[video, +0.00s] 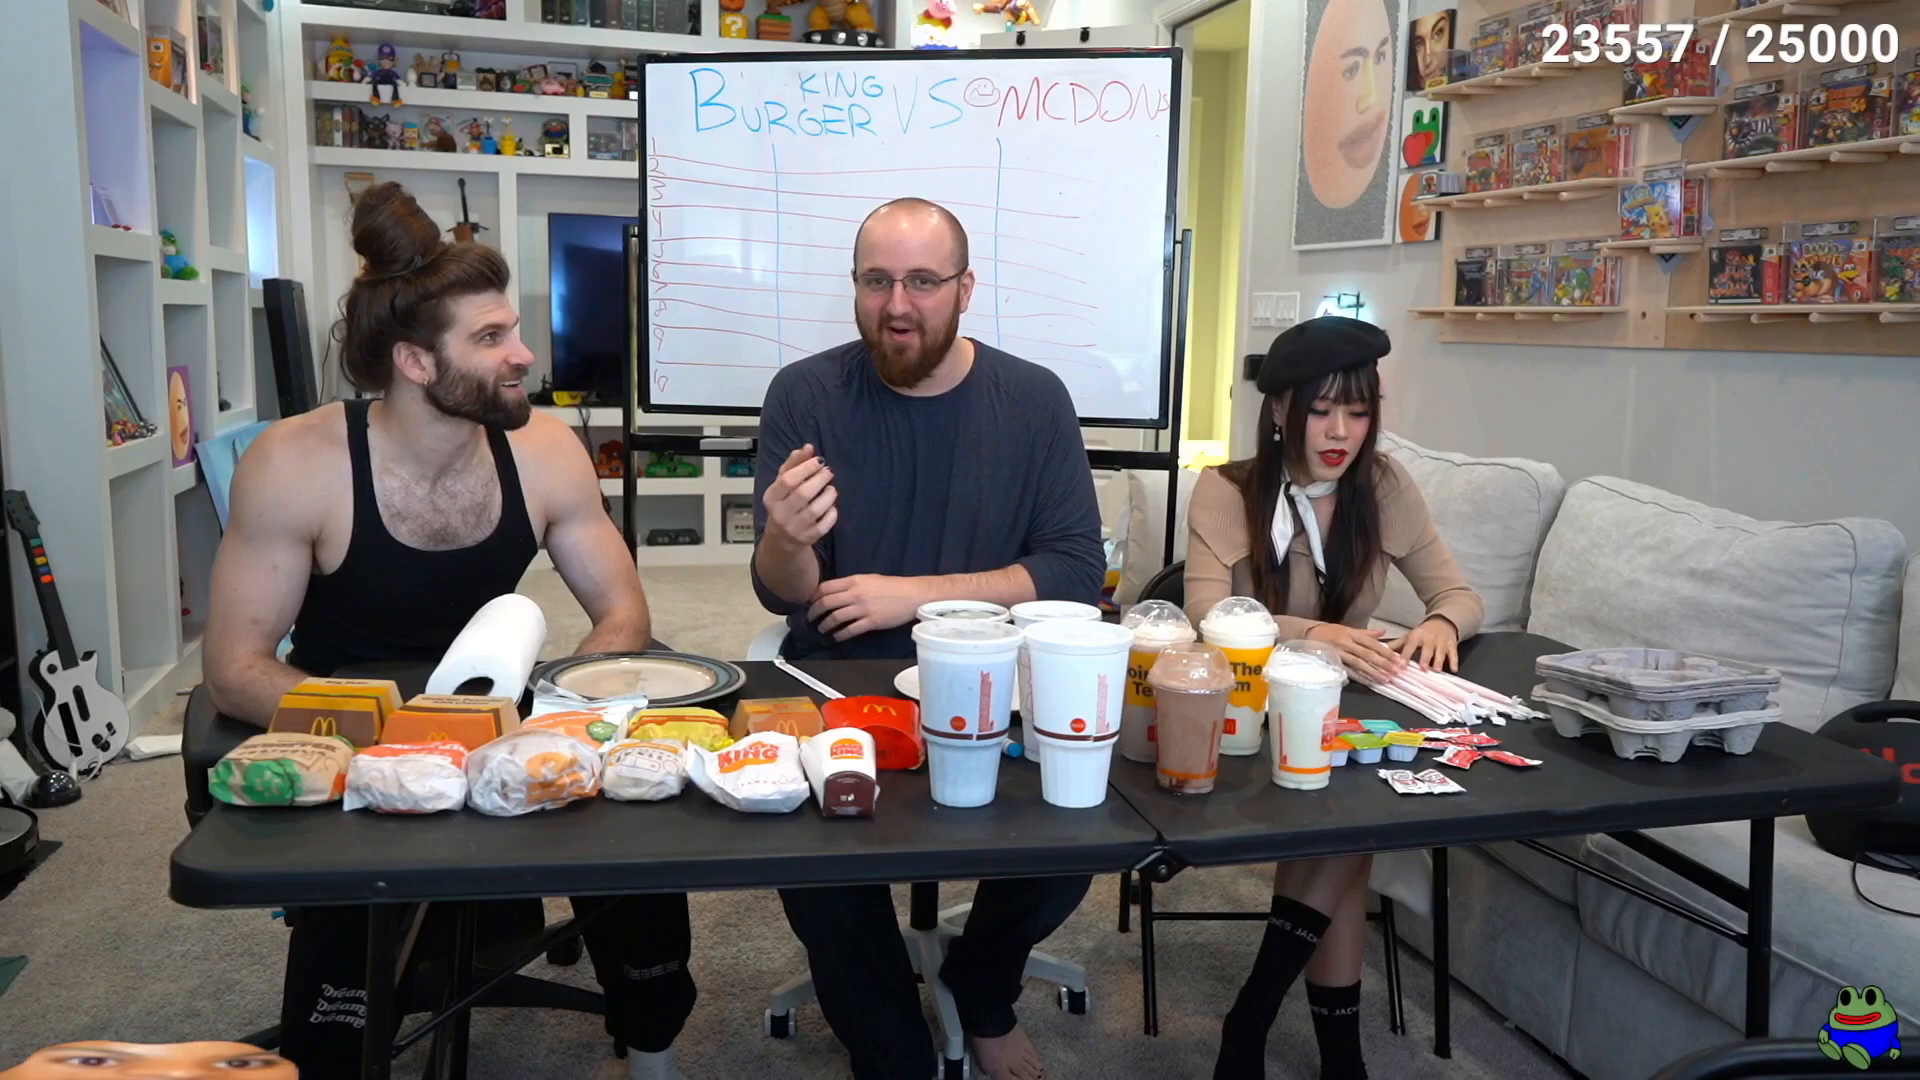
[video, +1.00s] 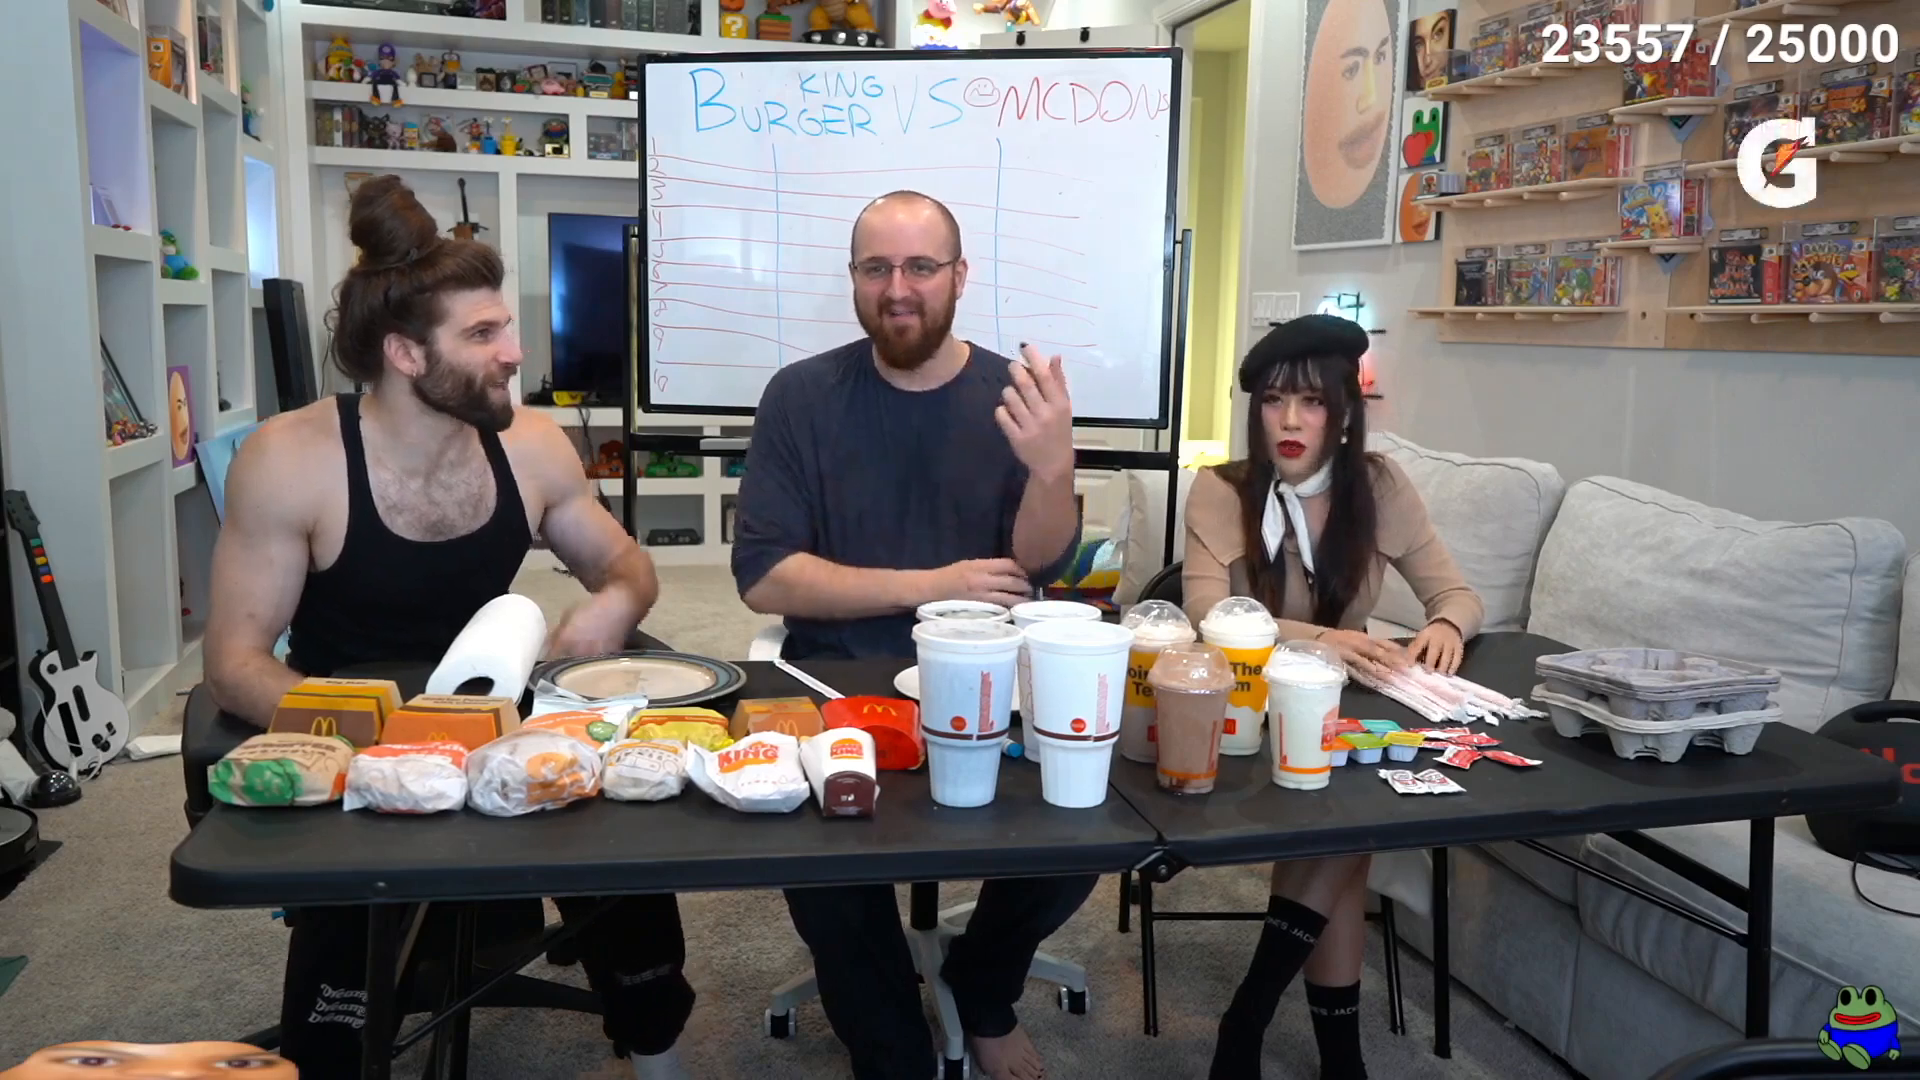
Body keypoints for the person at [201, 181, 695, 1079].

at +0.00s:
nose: (522, 353)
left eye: (516, 330)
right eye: (490, 338)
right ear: (415, 364)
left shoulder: (545, 451)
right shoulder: (295, 463)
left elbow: (624, 613)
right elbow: (233, 668)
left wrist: (565, 698)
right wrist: (368, 719)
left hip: (502, 744)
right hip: (344, 753)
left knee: (637, 831)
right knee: (353, 888)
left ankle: (651, 1054)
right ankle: (321, 1070)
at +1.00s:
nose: (512, 351)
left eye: (508, 329)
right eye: (483, 333)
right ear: (404, 354)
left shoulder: (530, 445)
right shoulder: (288, 460)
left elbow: (628, 565)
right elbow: (234, 662)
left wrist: (613, 609)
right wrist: (347, 721)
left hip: (501, 743)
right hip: (348, 755)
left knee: (622, 833)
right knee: (351, 890)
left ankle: (655, 1054)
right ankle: (321, 1070)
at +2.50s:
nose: (541, 353)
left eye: (540, 331)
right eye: (516, 332)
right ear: (440, 342)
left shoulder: (529, 440)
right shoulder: (295, 449)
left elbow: (663, 565)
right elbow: (238, 650)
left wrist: (688, 501)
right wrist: (336, 739)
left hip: (492, 749)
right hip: (342, 756)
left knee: (636, 832)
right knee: (353, 892)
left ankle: (664, 1053)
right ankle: (325, 1071)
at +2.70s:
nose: (539, 351)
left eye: (537, 327)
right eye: (514, 328)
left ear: (450, 339)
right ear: (436, 339)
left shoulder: (523, 439)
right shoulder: (296, 450)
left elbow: (613, 606)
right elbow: (240, 650)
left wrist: (578, 573)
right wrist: (335, 731)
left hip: (506, 747)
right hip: (353, 758)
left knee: (637, 830)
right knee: (374, 891)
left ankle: (659, 1056)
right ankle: (330, 1067)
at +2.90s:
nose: (526, 340)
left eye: (523, 319)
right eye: (502, 321)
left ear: (440, 336)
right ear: (425, 336)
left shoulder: (518, 438)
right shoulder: (293, 451)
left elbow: (598, 572)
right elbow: (237, 654)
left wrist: (532, 640)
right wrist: (343, 721)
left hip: (494, 744)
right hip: (344, 755)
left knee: (643, 837)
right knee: (371, 888)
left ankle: (640, 1062)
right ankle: (331, 1070)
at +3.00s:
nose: (524, 337)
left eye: (521, 316)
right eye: (499, 319)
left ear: (443, 336)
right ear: (424, 337)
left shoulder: (518, 438)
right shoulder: (293, 450)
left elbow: (598, 579)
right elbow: (237, 653)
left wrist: (537, 656)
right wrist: (353, 718)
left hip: (497, 743)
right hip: (345, 755)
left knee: (653, 832)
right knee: (363, 890)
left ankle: (646, 1058)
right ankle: (330, 1069)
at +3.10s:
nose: (528, 336)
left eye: (524, 316)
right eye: (503, 319)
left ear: (447, 336)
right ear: (428, 337)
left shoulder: (521, 439)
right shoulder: (298, 448)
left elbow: (600, 588)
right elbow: (239, 650)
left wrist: (539, 681)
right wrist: (360, 721)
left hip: (496, 743)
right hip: (342, 754)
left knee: (660, 823)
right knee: (353, 880)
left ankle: (652, 1057)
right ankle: (329, 1069)